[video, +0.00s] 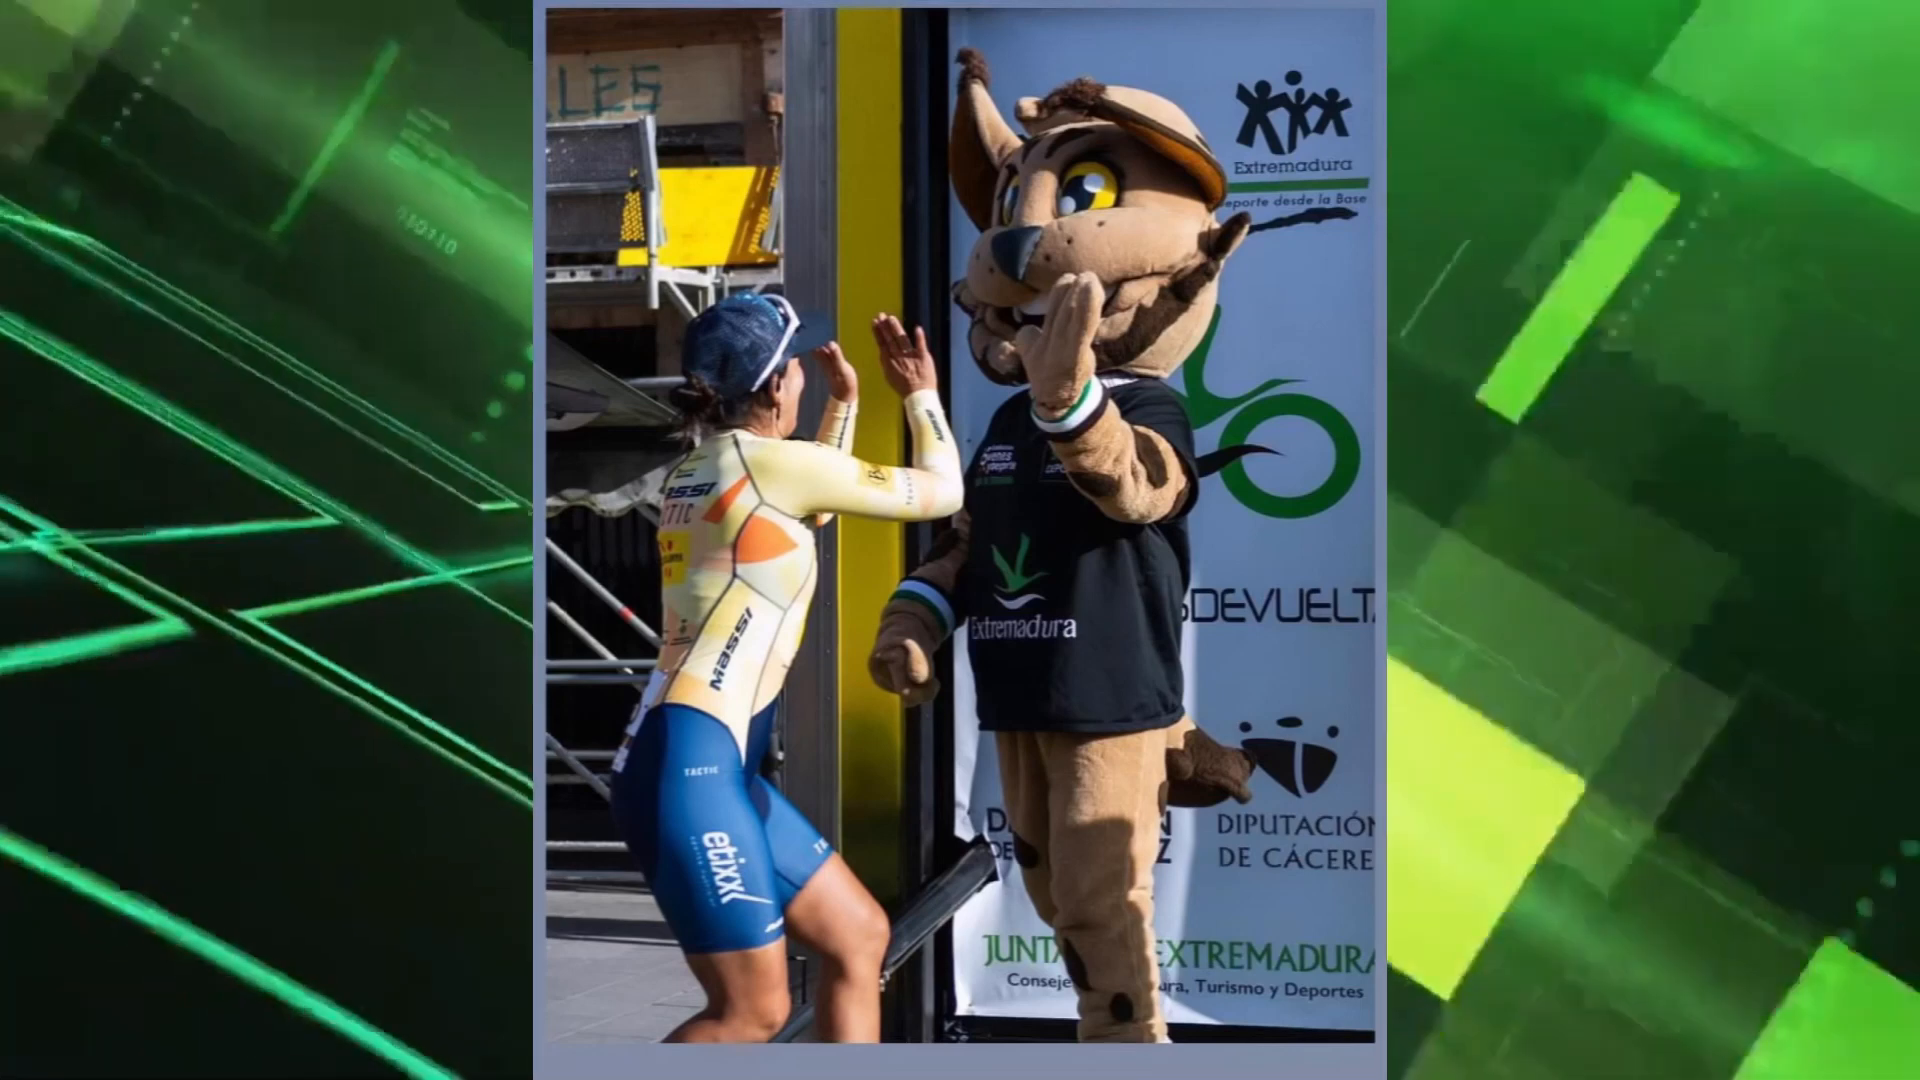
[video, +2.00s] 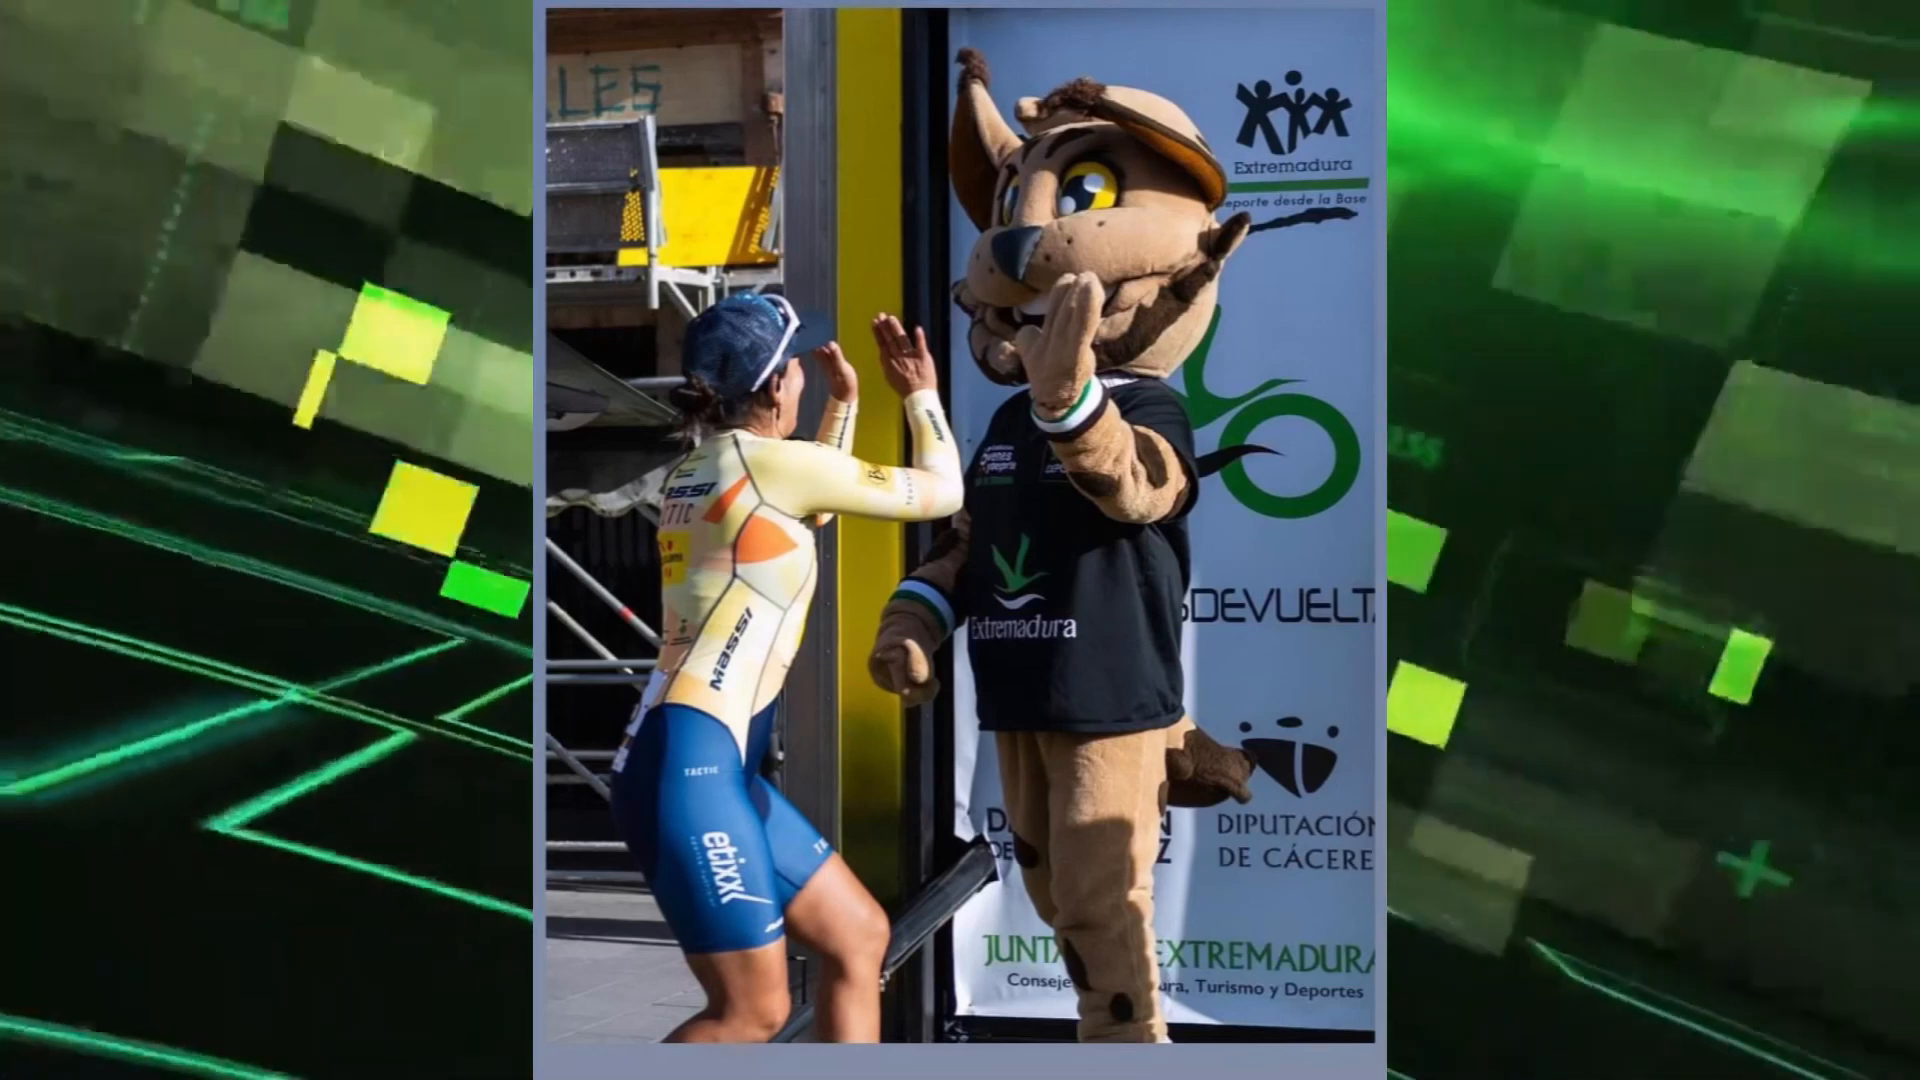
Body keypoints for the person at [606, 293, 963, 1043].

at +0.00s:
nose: (803, 377)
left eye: (799, 362)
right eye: (796, 364)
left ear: (714, 387)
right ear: (777, 380)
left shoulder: (694, 471)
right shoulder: (781, 465)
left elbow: (798, 494)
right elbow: (938, 492)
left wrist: (841, 411)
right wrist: (924, 395)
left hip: (714, 769)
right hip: (686, 774)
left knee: (860, 934)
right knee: (754, 1010)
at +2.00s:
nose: (803, 377)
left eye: (799, 363)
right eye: (796, 364)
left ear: (716, 387)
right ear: (776, 381)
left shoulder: (693, 471)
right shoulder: (778, 465)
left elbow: (801, 495)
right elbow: (939, 492)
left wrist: (840, 411)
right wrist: (924, 396)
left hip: (714, 769)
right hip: (686, 774)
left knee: (860, 933)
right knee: (754, 1009)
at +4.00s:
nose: (803, 377)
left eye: (800, 363)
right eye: (796, 364)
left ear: (716, 387)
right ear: (776, 380)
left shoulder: (693, 471)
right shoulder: (778, 465)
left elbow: (802, 495)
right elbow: (939, 492)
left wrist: (841, 410)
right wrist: (924, 396)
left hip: (714, 769)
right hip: (686, 774)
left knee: (860, 933)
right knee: (754, 1009)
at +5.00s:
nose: (803, 378)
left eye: (800, 363)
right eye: (797, 365)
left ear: (714, 387)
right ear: (777, 380)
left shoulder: (695, 471)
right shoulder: (779, 465)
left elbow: (800, 494)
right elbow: (939, 492)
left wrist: (841, 410)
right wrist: (924, 395)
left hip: (714, 769)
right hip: (686, 774)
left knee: (860, 934)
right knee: (754, 1010)